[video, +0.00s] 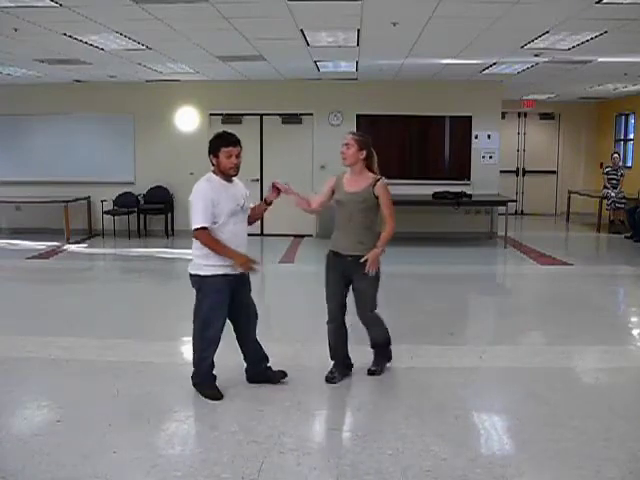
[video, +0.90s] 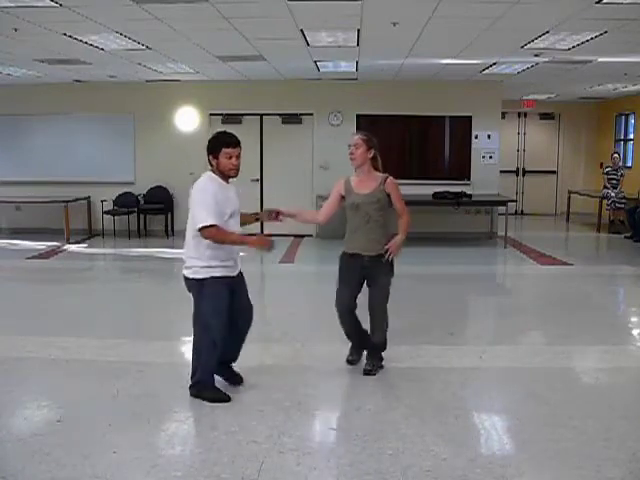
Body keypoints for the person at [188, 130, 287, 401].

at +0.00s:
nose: (235, 161)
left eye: (238, 156)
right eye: (229, 156)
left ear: (240, 157)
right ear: (214, 158)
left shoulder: (238, 186)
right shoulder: (203, 189)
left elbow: (246, 220)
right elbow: (200, 233)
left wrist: (267, 202)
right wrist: (237, 257)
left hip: (235, 271)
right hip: (210, 273)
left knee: (246, 321)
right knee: (208, 330)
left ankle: (257, 369)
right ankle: (203, 379)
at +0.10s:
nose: (227, 162)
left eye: (230, 156)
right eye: (220, 157)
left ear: (233, 157)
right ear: (206, 159)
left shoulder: (233, 188)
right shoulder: (194, 189)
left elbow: (240, 220)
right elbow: (182, 231)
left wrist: (267, 216)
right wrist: (216, 261)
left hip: (230, 271)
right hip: (203, 273)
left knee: (241, 322)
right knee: (203, 330)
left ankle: (254, 369)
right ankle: (203, 379)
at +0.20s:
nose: (220, 163)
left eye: (223, 157)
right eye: (214, 158)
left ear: (227, 158)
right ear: (199, 161)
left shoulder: (231, 188)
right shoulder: (186, 189)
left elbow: (247, 219)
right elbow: (167, 228)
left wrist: (276, 222)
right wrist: (195, 261)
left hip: (227, 272)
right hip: (196, 275)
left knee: (239, 320)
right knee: (199, 330)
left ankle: (243, 369)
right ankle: (203, 380)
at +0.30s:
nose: (216, 162)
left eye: (219, 157)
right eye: (209, 158)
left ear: (223, 157)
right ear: (196, 161)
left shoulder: (231, 188)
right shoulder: (181, 189)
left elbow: (253, 218)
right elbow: (161, 225)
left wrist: (285, 217)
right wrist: (170, 256)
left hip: (224, 272)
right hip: (191, 274)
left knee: (233, 320)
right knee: (196, 329)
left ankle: (226, 369)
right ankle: (202, 380)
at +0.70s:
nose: (227, 163)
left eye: (230, 157)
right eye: (220, 158)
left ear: (233, 158)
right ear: (205, 160)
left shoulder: (232, 190)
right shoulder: (190, 189)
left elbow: (249, 220)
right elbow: (170, 229)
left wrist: (282, 222)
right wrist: (184, 253)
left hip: (224, 273)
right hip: (198, 274)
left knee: (218, 327)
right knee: (205, 330)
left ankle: (212, 371)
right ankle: (202, 384)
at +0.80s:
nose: (230, 163)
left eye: (233, 157)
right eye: (223, 158)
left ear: (236, 158)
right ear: (209, 159)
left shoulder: (231, 189)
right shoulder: (197, 189)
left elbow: (239, 221)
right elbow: (187, 229)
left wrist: (268, 223)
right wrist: (221, 252)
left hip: (226, 272)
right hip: (201, 274)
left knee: (232, 319)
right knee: (206, 328)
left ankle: (215, 368)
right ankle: (201, 383)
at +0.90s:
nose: (235, 163)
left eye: (238, 157)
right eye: (229, 158)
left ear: (240, 157)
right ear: (213, 159)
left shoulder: (228, 187)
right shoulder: (205, 187)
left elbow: (230, 219)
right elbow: (208, 230)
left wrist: (260, 216)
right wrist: (249, 240)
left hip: (229, 270)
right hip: (206, 273)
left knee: (241, 316)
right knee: (211, 327)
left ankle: (223, 364)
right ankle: (201, 382)